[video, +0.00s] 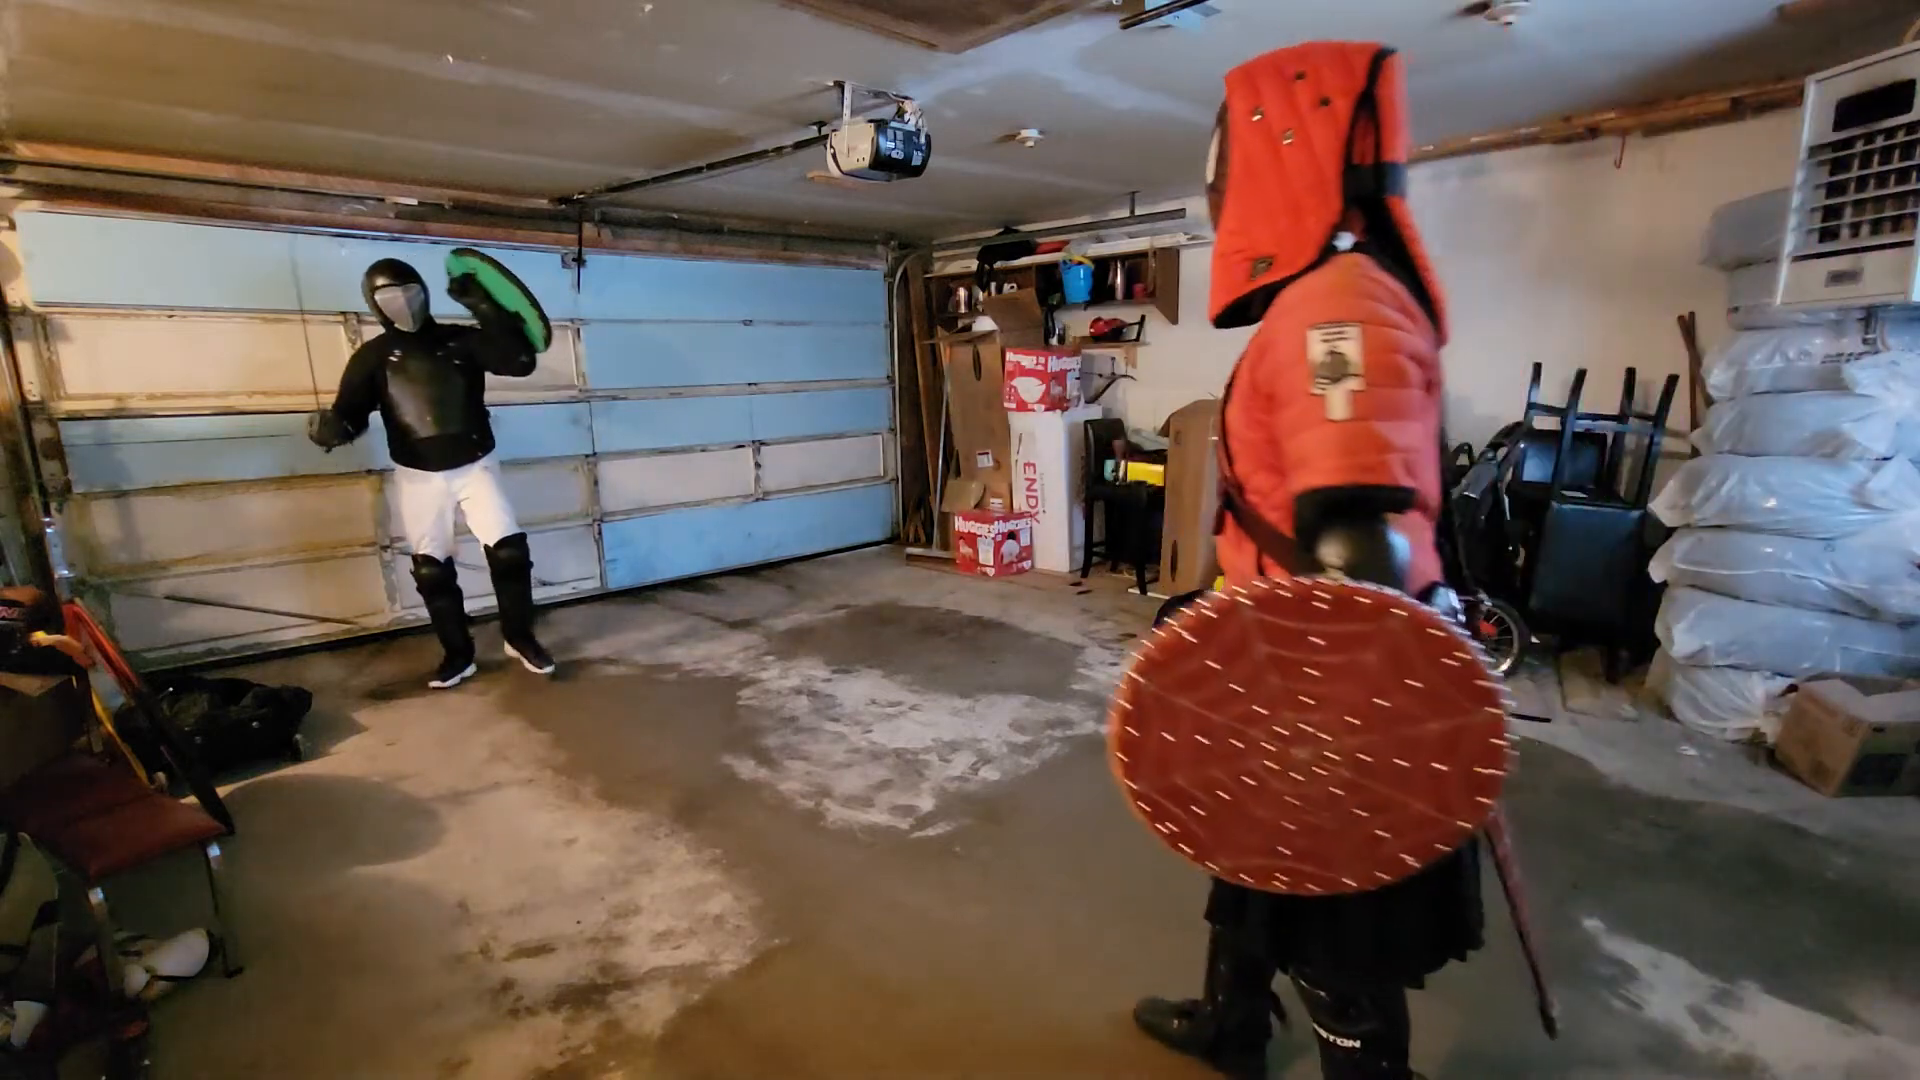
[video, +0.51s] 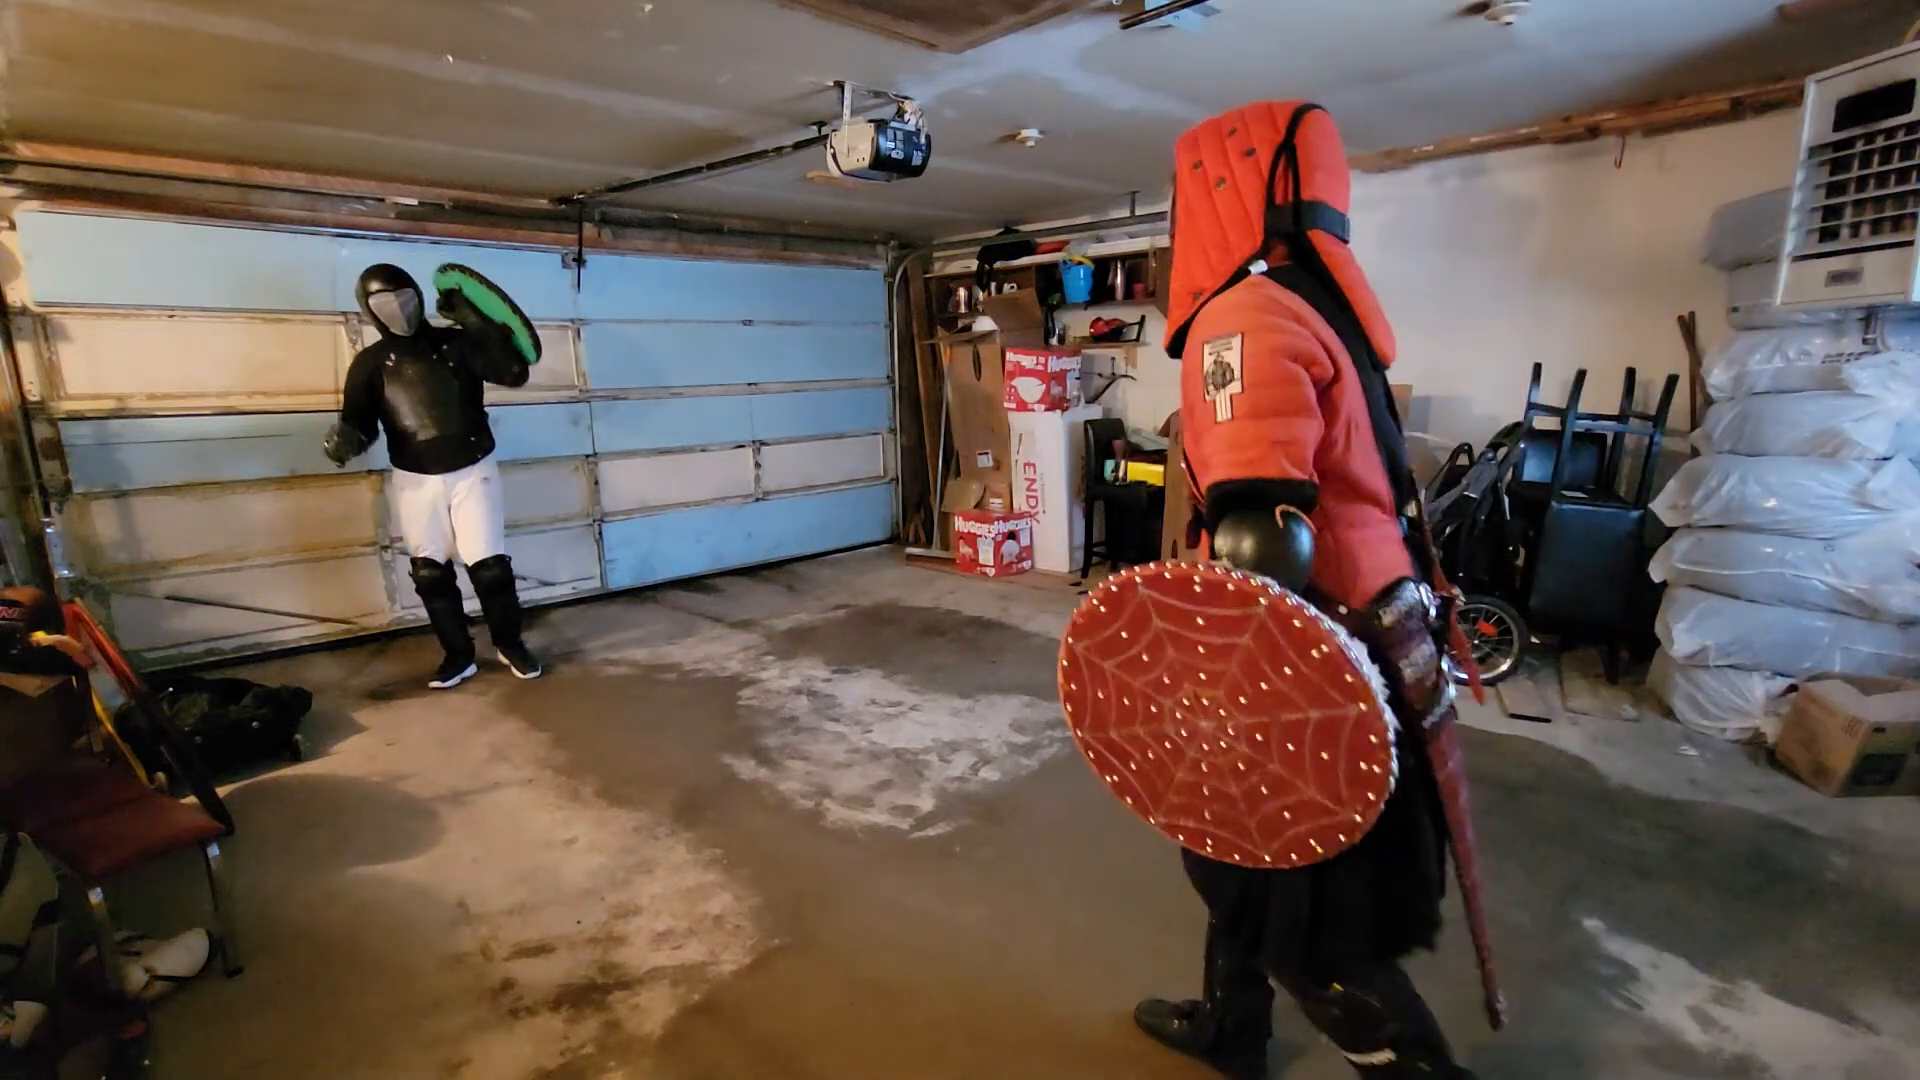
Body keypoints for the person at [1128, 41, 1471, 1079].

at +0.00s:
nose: (1217, 186)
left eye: (1234, 155)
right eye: (1224, 158)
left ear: (1293, 154)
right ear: (1325, 153)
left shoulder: (1347, 302)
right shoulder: (1307, 302)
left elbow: (1361, 543)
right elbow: (1295, 518)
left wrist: (1344, 724)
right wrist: (1217, 613)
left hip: (1333, 690)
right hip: (1274, 668)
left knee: (1339, 895)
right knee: (1247, 843)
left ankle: (1366, 1059)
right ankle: (1232, 1015)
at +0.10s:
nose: (1202, 194)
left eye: (1215, 167)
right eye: (1207, 168)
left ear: (1265, 169)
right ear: (1303, 170)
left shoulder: (1309, 298)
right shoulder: (1289, 294)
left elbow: (1321, 511)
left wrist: (1315, 696)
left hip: (1330, 652)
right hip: (1282, 638)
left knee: (1329, 877)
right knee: (1234, 833)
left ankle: (1365, 1059)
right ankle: (1232, 1017)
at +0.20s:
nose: (1186, 198)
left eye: (1198, 173)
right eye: (1192, 174)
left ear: (1240, 175)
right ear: (1295, 172)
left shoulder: (1280, 303)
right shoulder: (1285, 298)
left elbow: (1294, 524)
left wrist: (1277, 701)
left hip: (1310, 671)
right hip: (1286, 660)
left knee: (1319, 879)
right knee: (1247, 841)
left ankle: (1363, 1058)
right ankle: (1232, 1018)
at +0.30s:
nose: (1172, 211)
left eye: (1182, 187)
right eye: (1177, 187)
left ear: (1224, 188)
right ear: (1279, 185)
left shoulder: (1257, 305)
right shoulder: (1292, 294)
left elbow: (1272, 513)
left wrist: (1238, 686)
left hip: (1323, 657)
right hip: (1311, 644)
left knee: (1307, 904)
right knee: (1243, 840)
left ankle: (1368, 1062)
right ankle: (1232, 1017)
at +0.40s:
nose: (1169, 217)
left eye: (1180, 193)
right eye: (1175, 193)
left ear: (1222, 194)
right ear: (1275, 192)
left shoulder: (1248, 311)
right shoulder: (1291, 299)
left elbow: (1261, 535)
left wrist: (1222, 707)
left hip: (1322, 669)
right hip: (1315, 650)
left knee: (1300, 913)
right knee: (1238, 849)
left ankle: (1392, 1063)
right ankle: (1231, 1023)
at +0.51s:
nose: (1174, 228)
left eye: (1184, 202)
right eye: (1180, 203)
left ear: (1226, 200)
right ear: (1287, 197)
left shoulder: (1248, 320)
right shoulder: (1305, 307)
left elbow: (1262, 544)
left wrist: (1240, 722)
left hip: (1317, 686)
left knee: (1312, 924)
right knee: (1235, 847)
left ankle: (1413, 1059)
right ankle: (1230, 1019)